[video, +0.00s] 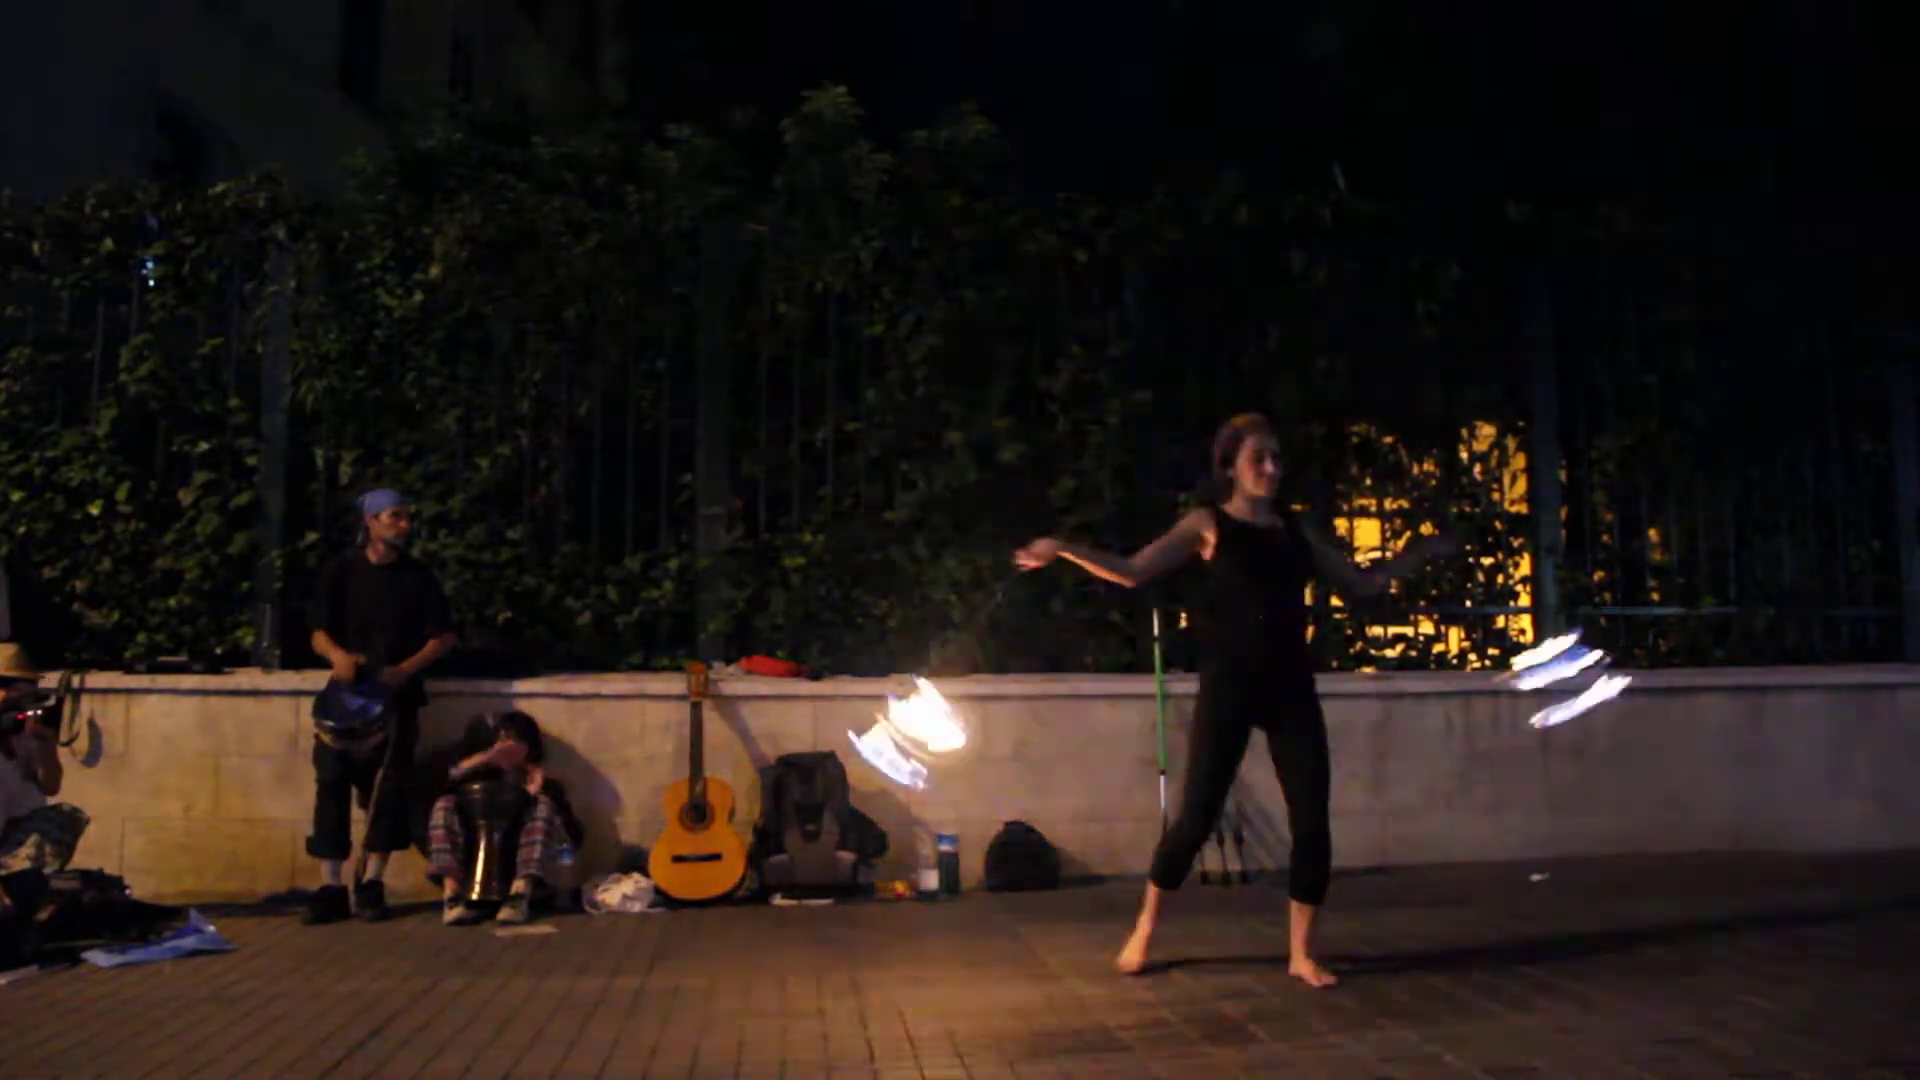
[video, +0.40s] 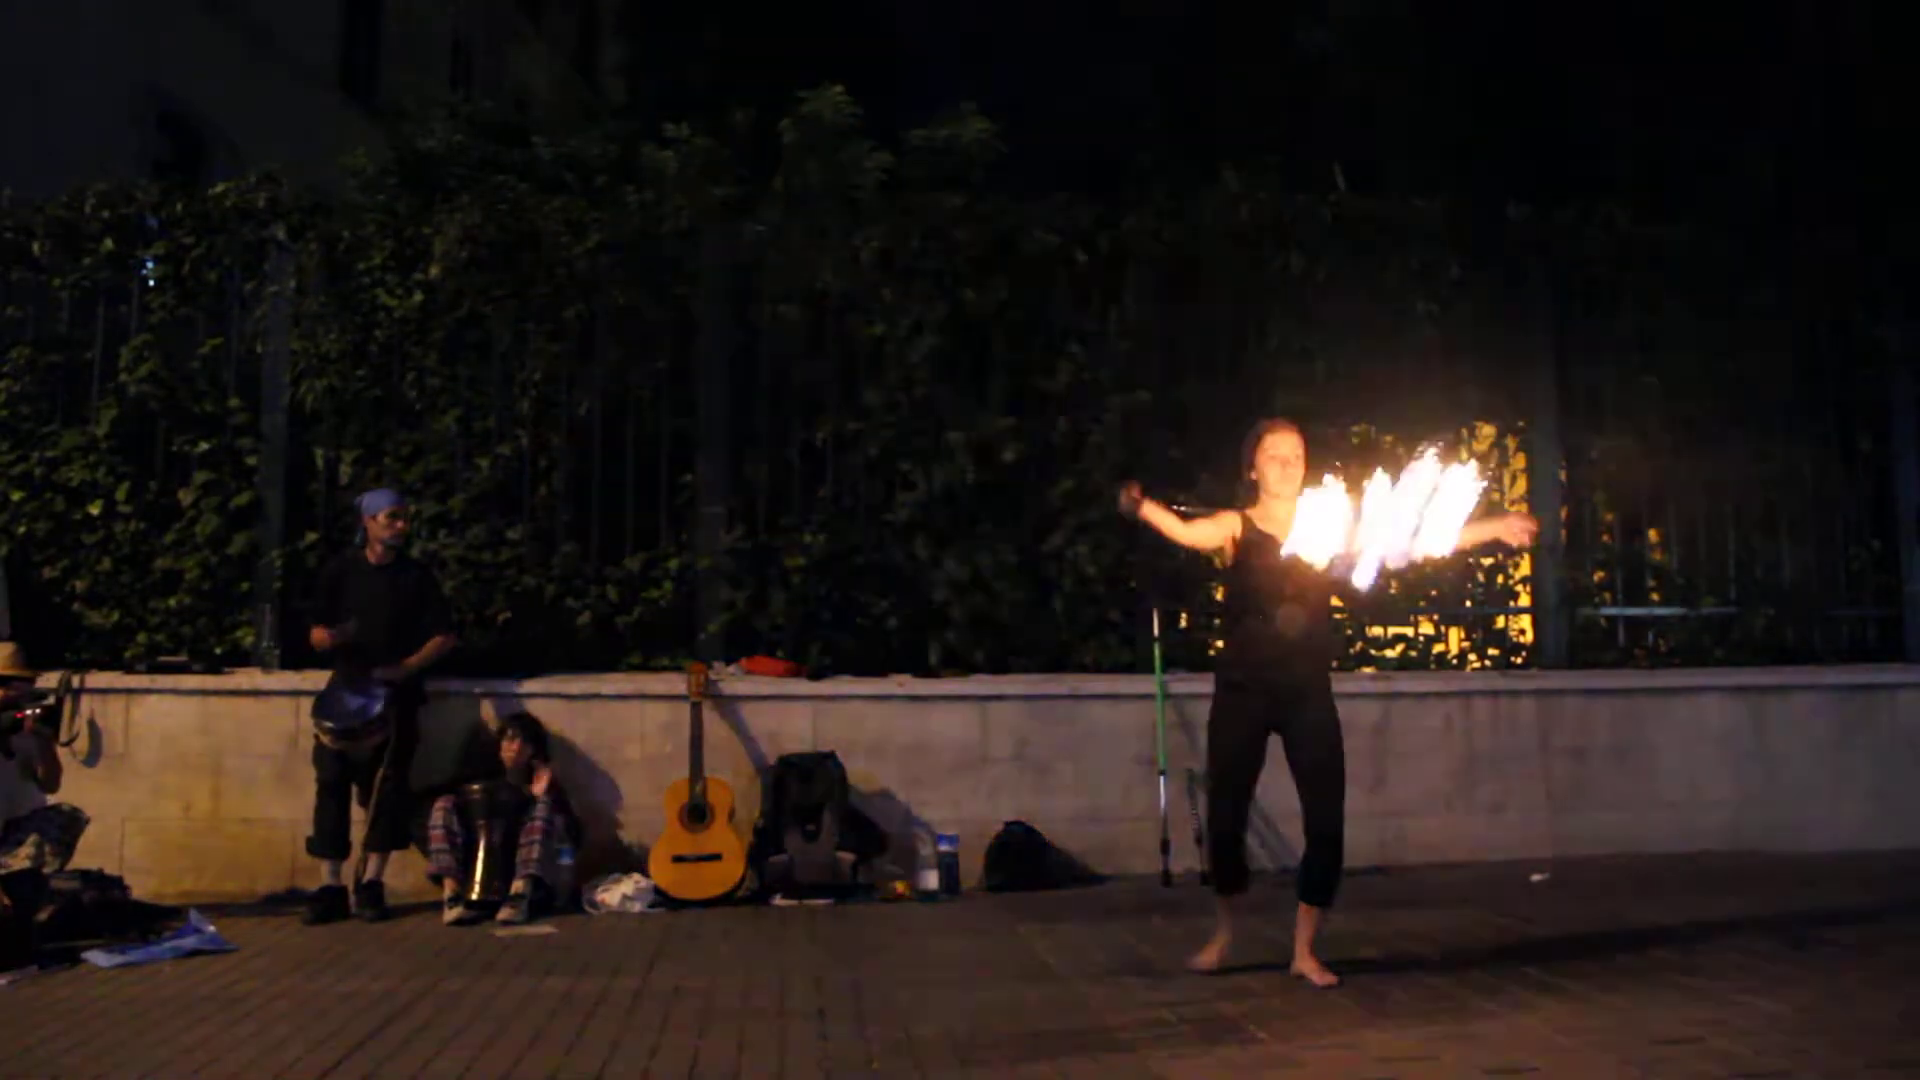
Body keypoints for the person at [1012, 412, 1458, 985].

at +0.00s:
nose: (1269, 465)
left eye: (1274, 455)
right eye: (1257, 456)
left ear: (1281, 464)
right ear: (1230, 465)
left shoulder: (1297, 531)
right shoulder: (1206, 525)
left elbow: (1363, 584)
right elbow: (1132, 572)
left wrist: (1424, 556)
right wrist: (1064, 551)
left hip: (1291, 689)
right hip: (1227, 689)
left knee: (1312, 821)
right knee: (1196, 816)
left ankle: (1300, 954)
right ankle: (1145, 926)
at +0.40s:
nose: (1287, 466)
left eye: (1295, 458)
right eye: (1276, 457)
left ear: (1307, 466)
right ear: (1253, 466)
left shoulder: (1329, 522)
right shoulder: (1236, 524)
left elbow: (1415, 542)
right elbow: (1188, 534)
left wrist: (1493, 529)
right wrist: (1144, 506)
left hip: (1308, 693)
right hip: (1242, 692)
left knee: (1326, 823)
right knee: (1224, 813)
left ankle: (1303, 951)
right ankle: (1224, 932)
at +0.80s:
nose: (1228, 437)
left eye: (1237, 428)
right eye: (1217, 427)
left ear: (1249, 439)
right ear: (1193, 435)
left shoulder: (1264, 504)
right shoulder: (1166, 494)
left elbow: (1316, 561)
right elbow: (1107, 503)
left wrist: (1380, 527)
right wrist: (1078, 451)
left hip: (1243, 669)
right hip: (1176, 668)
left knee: (1271, 800)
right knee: (1151, 800)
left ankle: (1306, 938)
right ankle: (1118, 935)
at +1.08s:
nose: (1161, 466)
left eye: (1170, 458)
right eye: (1151, 455)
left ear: (1180, 467)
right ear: (1126, 459)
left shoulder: (1193, 528)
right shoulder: (1095, 527)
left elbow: (1256, 588)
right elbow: (1059, 602)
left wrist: (1288, 527)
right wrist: (1074, 550)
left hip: (1188, 687)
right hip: (1118, 690)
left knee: (1238, 808)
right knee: (1119, 825)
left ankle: (1295, 941)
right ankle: (1118, 951)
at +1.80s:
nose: (1146, 433)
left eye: (1150, 426)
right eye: (1133, 427)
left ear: (1161, 439)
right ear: (1106, 445)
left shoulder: (1178, 499)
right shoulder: (1098, 502)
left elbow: (1245, 494)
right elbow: (1065, 514)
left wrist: (1264, 424)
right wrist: (1065, 437)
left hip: (1184, 670)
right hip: (1120, 675)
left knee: (1230, 798)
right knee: (1119, 813)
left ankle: (1276, 928)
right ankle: (1113, 945)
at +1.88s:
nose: (1152, 423)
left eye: (1159, 414)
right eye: (1140, 416)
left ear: (1172, 427)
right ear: (1117, 433)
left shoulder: (1191, 486)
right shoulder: (1111, 492)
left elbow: (1249, 444)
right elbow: (1091, 451)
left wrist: (1259, 362)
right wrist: (1084, 376)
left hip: (1196, 657)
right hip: (1130, 662)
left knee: (1235, 792)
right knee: (1125, 802)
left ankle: (1274, 924)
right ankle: (1114, 941)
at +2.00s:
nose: (1174, 420)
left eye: (1181, 410)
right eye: (1161, 412)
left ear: (1193, 424)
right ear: (1142, 425)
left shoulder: (1210, 480)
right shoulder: (1131, 486)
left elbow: (1246, 410)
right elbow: (1131, 410)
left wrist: (1248, 324)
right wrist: (1138, 324)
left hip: (1213, 655)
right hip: (1146, 658)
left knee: (1241, 790)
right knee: (1135, 797)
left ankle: (1269, 928)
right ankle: (1116, 937)